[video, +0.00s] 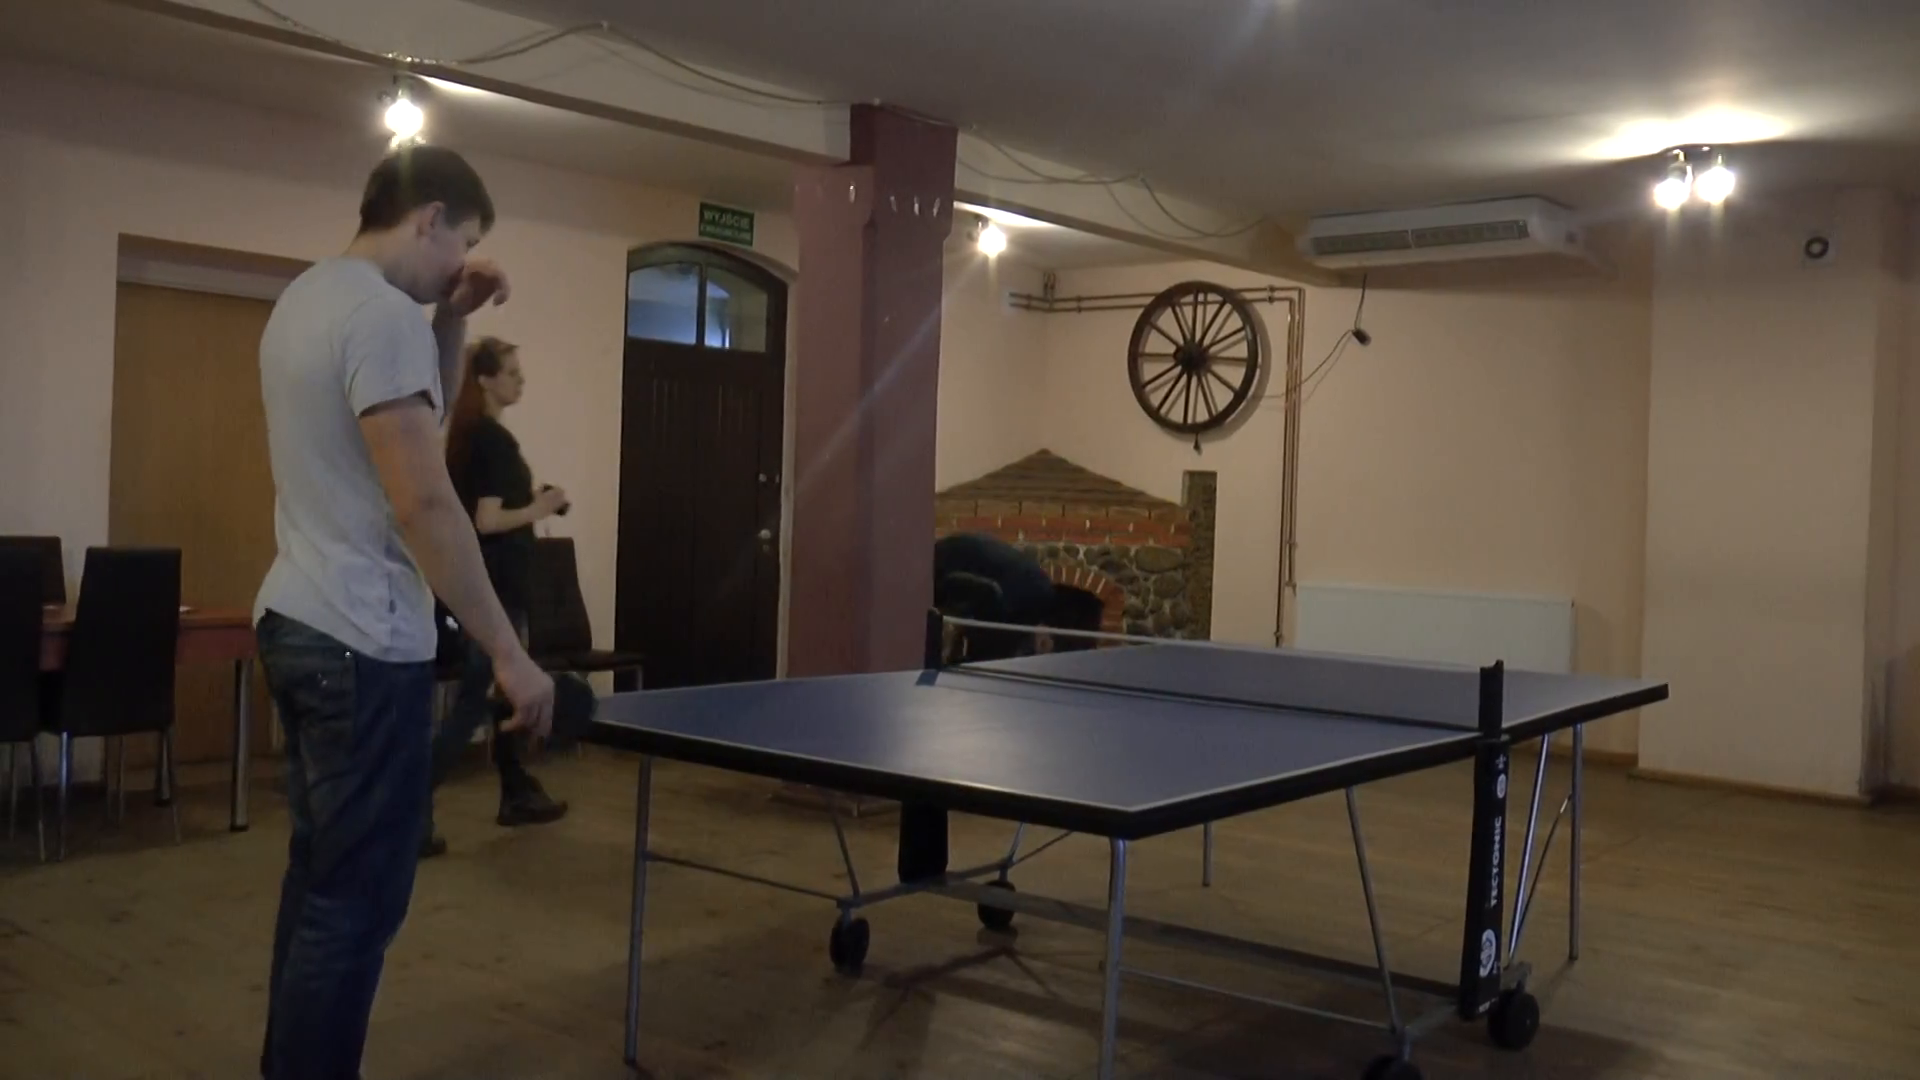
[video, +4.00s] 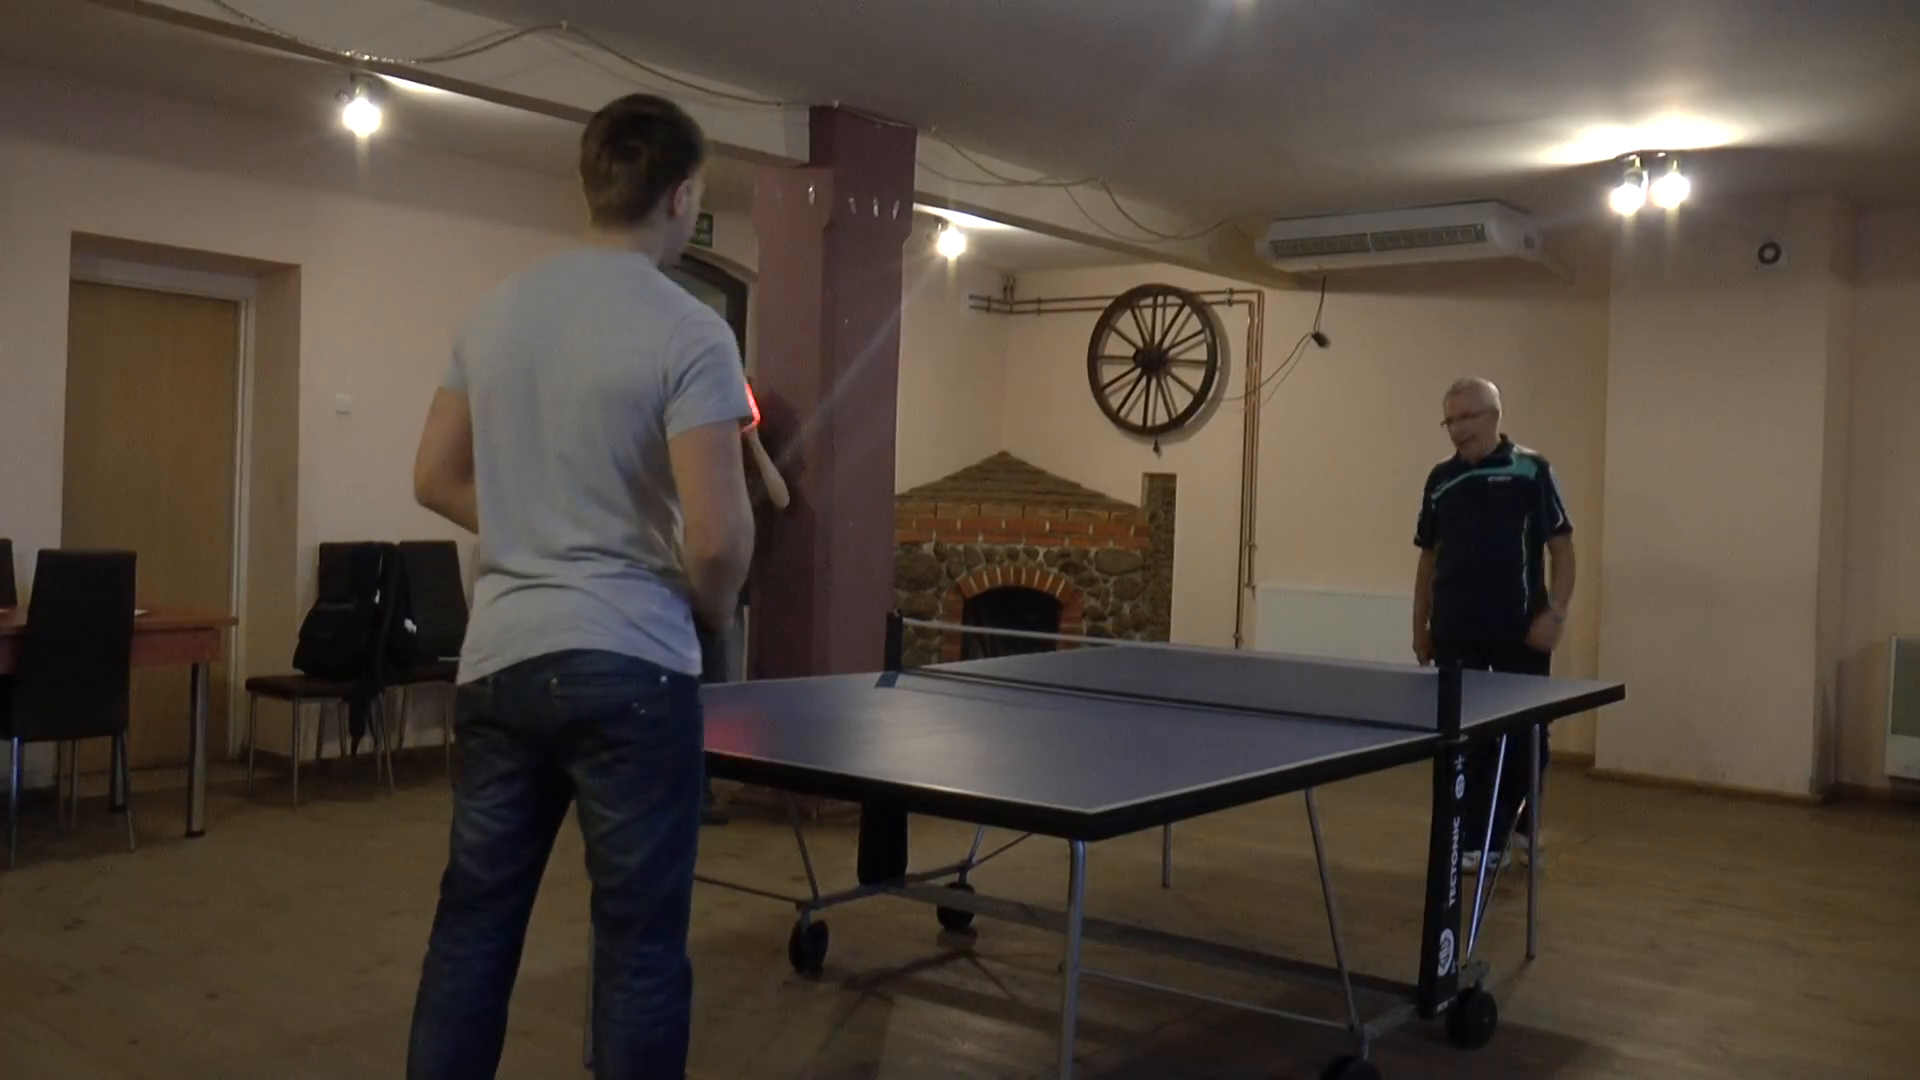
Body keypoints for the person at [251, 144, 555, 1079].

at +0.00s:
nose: (463, 269)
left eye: (472, 254)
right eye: (466, 247)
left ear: (382, 219)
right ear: (427, 220)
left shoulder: (307, 297)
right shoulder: (376, 308)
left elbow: (421, 447)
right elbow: (423, 504)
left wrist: (447, 321)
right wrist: (506, 650)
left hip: (301, 627)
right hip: (365, 647)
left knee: (321, 884)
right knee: (358, 902)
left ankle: (292, 1061)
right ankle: (312, 1069)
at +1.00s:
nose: (716, 285)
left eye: (723, 266)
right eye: (720, 260)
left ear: (640, 231)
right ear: (687, 236)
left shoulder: (558, 310)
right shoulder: (624, 310)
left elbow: (497, 481)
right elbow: (584, 482)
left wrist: (534, 601)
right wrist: (576, 668)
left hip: (536, 645)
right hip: (593, 653)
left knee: (565, 891)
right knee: (650, 891)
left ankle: (559, 1066)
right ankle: (484, 1068)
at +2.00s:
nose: (785, 225)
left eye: (783, 207)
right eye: (785, 208)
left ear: (673, 207)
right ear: (769, 216)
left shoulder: (574, 314)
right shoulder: (775, 333)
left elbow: (508, 486)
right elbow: (793, 543)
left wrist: (578, 574)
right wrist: (742, 648)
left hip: (543, 651)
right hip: (678, 660)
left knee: (488, 917)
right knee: (698, 948)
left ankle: (423, 1070)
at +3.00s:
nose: (648, 214)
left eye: (647, 195)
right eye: (646, 195)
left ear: (539, 195)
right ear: (621, 201)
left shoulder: (444, 317)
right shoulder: (629, 325)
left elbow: (379, 482)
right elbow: (645, 533)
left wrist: (476, 542)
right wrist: (652, 628)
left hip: (434, 656)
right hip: (566, 661)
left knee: (414, 940)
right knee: (615, 951)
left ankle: (374, 1077)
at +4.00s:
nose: (697, 207)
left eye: (697, 190)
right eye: (698, 189)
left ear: (590, 186)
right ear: (680, 196)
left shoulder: (498, 310)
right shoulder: (691, 328)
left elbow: (439, 477)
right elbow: (714, 539)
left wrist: (533, 534)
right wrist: (713, 609)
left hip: (500, 653)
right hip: (630, 655)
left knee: (471, 928)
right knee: (639, 942)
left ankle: (439, 1075)